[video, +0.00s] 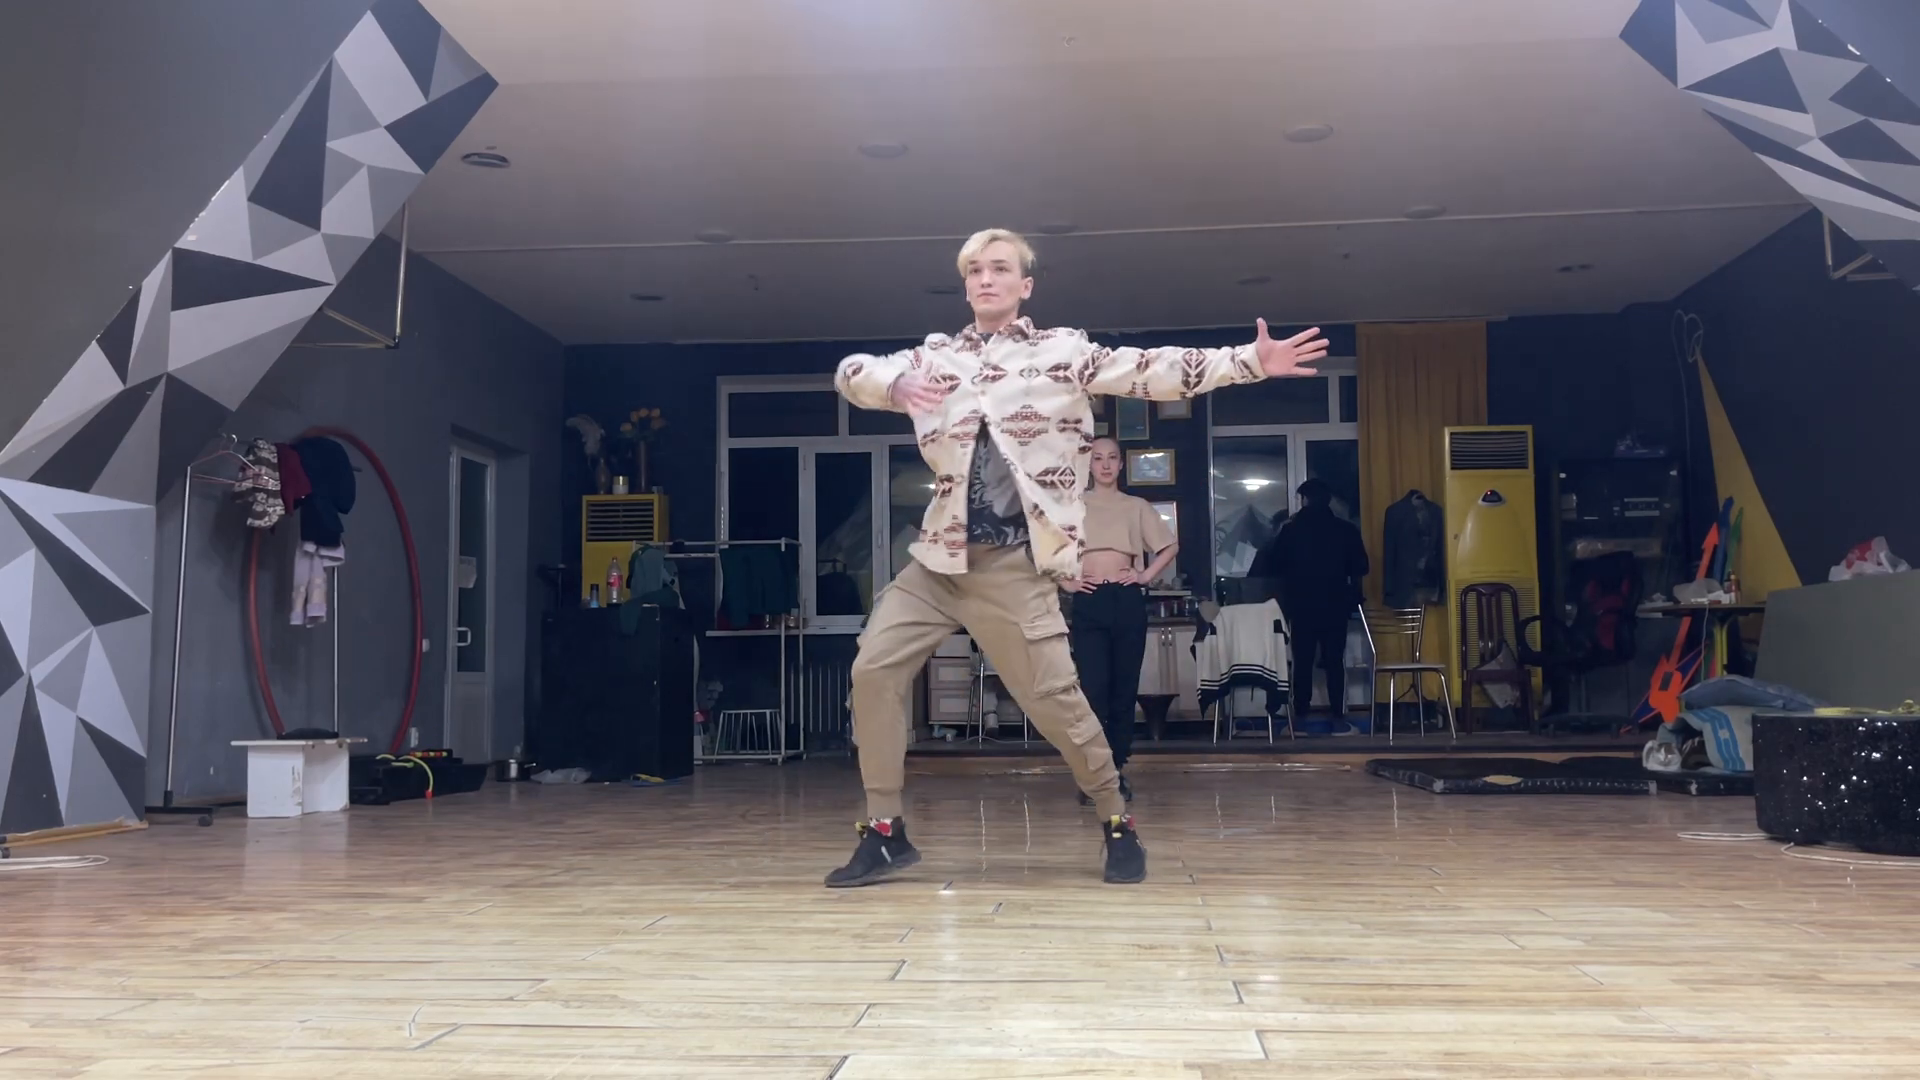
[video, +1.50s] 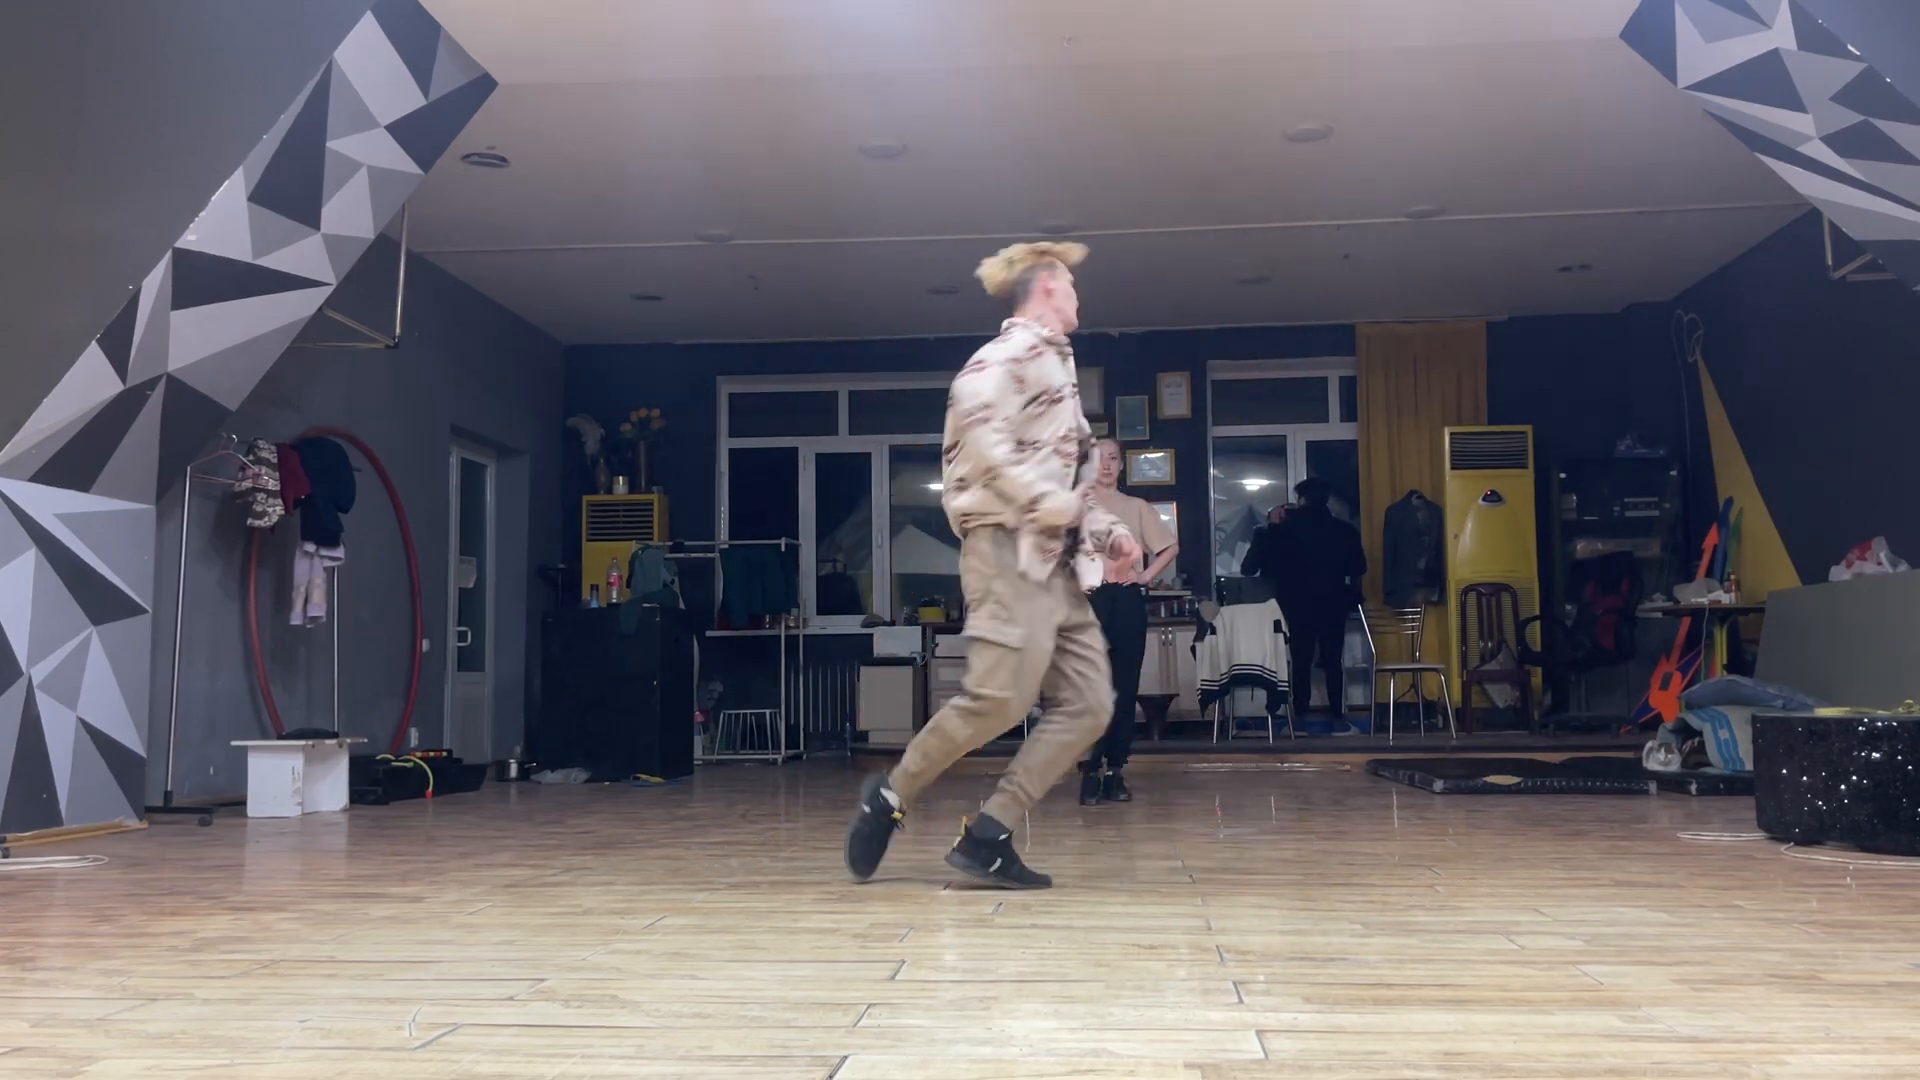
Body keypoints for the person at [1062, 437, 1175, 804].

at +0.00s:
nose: (1105, 464)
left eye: (1111, 458)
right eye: (1098, 458)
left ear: (1121, 464)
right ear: (1089, 464)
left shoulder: (1137, 506)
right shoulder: (1073, 504)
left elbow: (1170, 546)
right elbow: (1046, 545)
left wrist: (1147, 574)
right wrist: (1063, 578)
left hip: (1126, 600)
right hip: (1086, 601)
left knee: (1123, 691)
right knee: (1092, 690)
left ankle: (1116, 773)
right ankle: (1091, 777)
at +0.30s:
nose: (1105, 464)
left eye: (1111, 458)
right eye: (1098, 458)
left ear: (1121, 463)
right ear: (1087, 464)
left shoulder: (1137, 507)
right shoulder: (1071, 506)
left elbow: (1170, 547)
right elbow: (1052, 544)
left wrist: (1146, 575)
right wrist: (1069, 577)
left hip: (1126, 599)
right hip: (1083, 600)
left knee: (1123, 689)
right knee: (1087, 686)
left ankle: (1113, 775)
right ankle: (1090, 772)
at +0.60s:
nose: (1105, 465)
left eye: (1111, 458)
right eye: (1098, 458)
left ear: (1121, 463)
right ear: (1087, 464)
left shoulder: (1137, 507)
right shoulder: (1068, 506)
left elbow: (1170, 547)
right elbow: (1047, 547)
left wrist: (1146, 574)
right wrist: (1068, 579)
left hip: (1126, 600)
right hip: (1084, 601)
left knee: (1124, 688)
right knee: (1089, 685)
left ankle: (1118, 774)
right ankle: (1090, 772)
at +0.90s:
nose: (1105, 464)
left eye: (1111, 458)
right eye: (1099, 458)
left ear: (1121, 464)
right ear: (1087, 464)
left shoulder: (1136, 507)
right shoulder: (1076, 502)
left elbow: (1170, 546)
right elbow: (1063, 546)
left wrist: (1146, 574)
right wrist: (1087, 569)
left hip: (1127, 596)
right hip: (1087, 595)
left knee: (1125, 682)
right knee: (1092, 682)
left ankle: (1115, 771)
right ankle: (1090, 771)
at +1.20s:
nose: (1106, 464)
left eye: (1112, 458)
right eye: (1099, 458)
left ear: (1122, 463)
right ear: (1088, 464)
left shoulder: (1136, 507)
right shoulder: (1075, 504)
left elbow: (1170, 546)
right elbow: (1056, 544)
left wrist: (1146, 574)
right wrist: (1078, 567)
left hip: (1126, 597)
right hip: (1082, 594)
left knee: (1122, 683)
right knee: (1089, 683)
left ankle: (1115, 770)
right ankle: (1090, 770)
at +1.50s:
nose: (1108, 464)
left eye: (1113, 459)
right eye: (1102, 458)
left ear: (1121, 465)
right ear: (1091, 463)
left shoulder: (1137, 506)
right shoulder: (1077, 503)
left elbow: (1170, 547)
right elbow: (1058, 544)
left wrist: (1148, 575)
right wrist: (1075, 578)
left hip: (1128, 598)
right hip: (1089, 597)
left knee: (1124, 685)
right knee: (1095, 683)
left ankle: (1115, 770)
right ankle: (1091, 769)